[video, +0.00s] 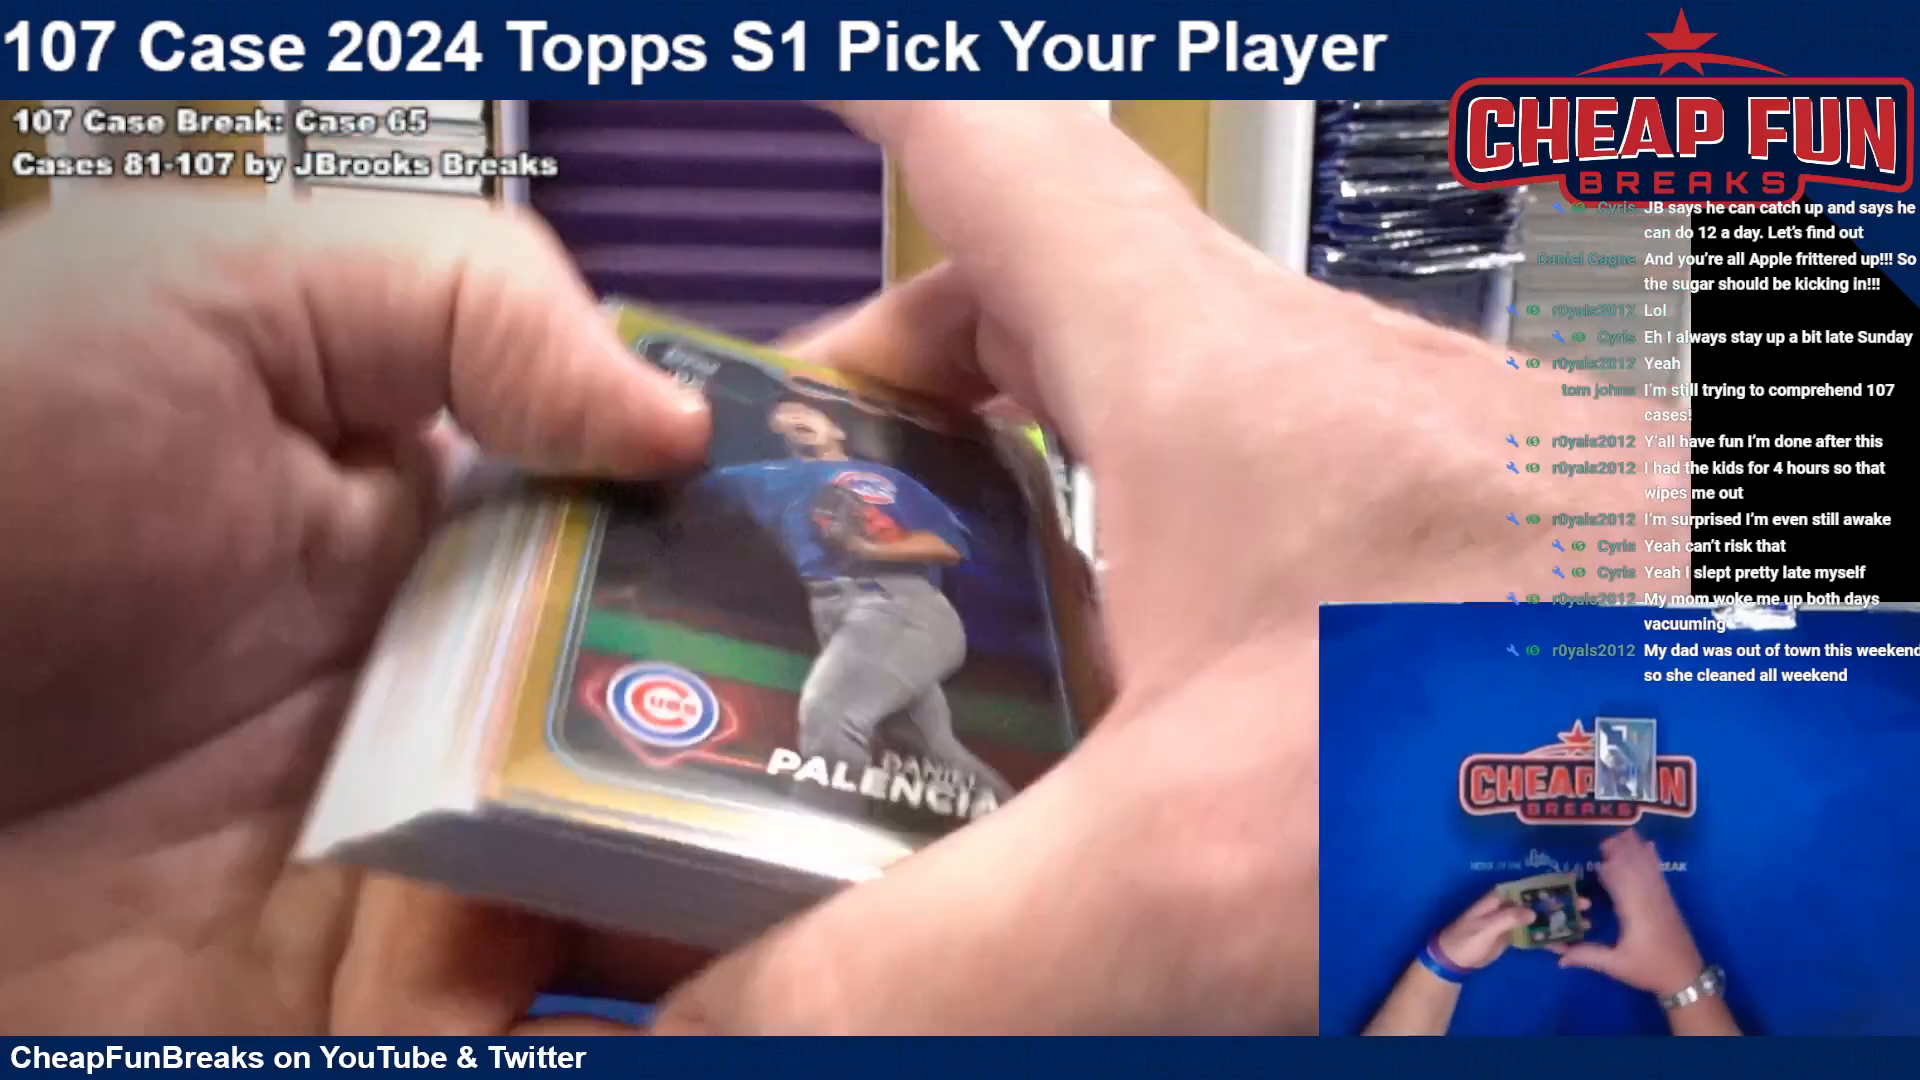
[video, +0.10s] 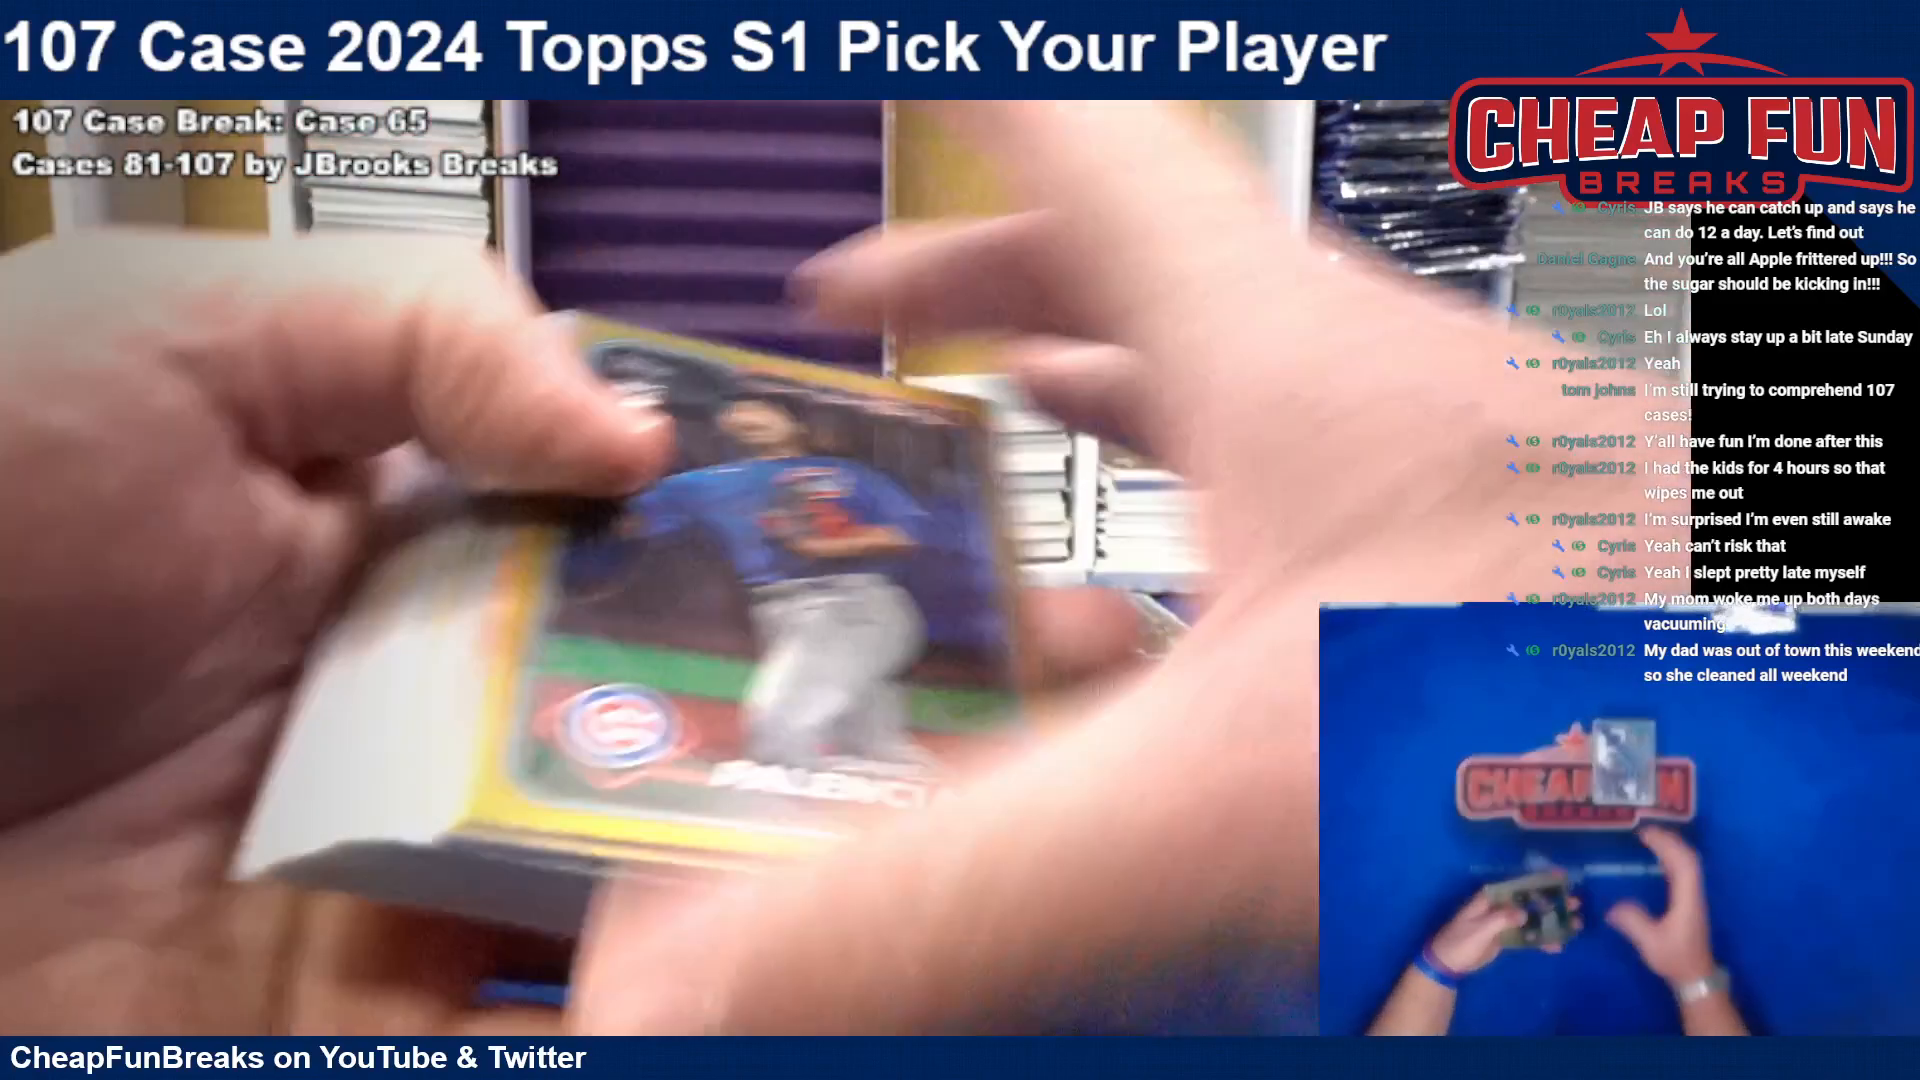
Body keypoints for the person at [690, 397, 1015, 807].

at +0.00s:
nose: (799, 421)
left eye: (810, 412)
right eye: (788, 415)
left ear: (836, 426)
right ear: (777, 430)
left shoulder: (885, 479)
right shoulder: (776, 480)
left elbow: (951, 544)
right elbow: (693, 491)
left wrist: (869, 548)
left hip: (907, 610)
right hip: (841, 617)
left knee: (831, 713)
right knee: (933, 752)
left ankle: (841, 852)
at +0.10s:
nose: (750, 427)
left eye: (764, 415)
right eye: (739, 417)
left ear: (795, 422)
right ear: (726, 429)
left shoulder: (842, 474)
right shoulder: (718, 483)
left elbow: (907, 532)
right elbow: (632, 516)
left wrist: (829, 543)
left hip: (865, 609)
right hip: (793, 623)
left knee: (778, 723)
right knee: (878, 750)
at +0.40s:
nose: (591, 438)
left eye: (601, 428)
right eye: (579, 434)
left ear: (627, 444)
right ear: (571, 456)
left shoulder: (680, 487)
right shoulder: (567, 512)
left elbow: (739, 547)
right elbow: (487, 560)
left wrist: (667, 569)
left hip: (707, 625)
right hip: (642, 644)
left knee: (644, 753)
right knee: (735, 770)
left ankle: (656, 887)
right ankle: (832, 852)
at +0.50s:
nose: (609, 424)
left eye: (619, 416)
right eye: (596, 419)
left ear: (646, 431)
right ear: (585, 440)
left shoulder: (699, 473)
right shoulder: (585, 502)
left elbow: (758, 535)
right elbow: (511, 539)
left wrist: (689, 561)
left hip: (728, 621)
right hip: (660, 638)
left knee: (665, 754)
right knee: (753, 768)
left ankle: (682, 893)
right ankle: (851, 849)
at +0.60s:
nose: (645, 416)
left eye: (655, 407)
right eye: (633, 412)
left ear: (683, 420)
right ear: (623, 435)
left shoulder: (737, 467)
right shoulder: (621, 493)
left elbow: (793, 536)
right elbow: (542, 519)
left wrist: (720, 560)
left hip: (755, 620)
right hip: (685, 637)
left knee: (684, 764)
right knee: (776, 779)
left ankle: (691, 911)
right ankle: (869, 867)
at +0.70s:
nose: (662, 406)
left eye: (672, 397)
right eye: (650, 402)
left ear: (700, 413)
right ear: (641, 425)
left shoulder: (752, 457)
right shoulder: (642, 483)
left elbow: (809, 525)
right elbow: (567, 513)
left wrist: (739, 549)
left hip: (771, 608)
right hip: (705, 626)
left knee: (705, 745)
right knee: (791, 765)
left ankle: (703, 894)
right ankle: (886, 859)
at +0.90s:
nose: (670, 394)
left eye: (679, 386)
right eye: (658, 391)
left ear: (706, 400)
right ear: (652, 414)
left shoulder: (756, 443)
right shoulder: (645, 471)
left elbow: (813, 506)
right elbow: (578, 503)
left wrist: (743, 532)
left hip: (780, 588)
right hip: (718, 606)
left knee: (721, 716)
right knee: (804, 738)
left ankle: (726, 856)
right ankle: (901, 819)